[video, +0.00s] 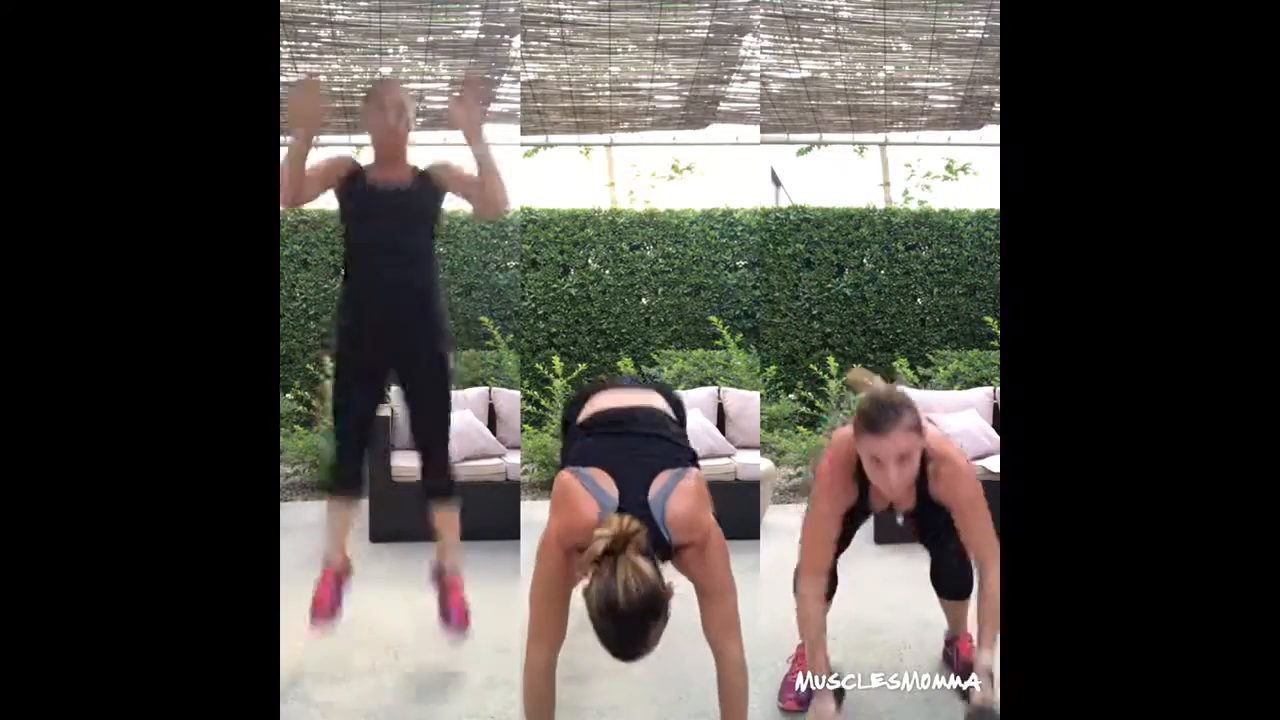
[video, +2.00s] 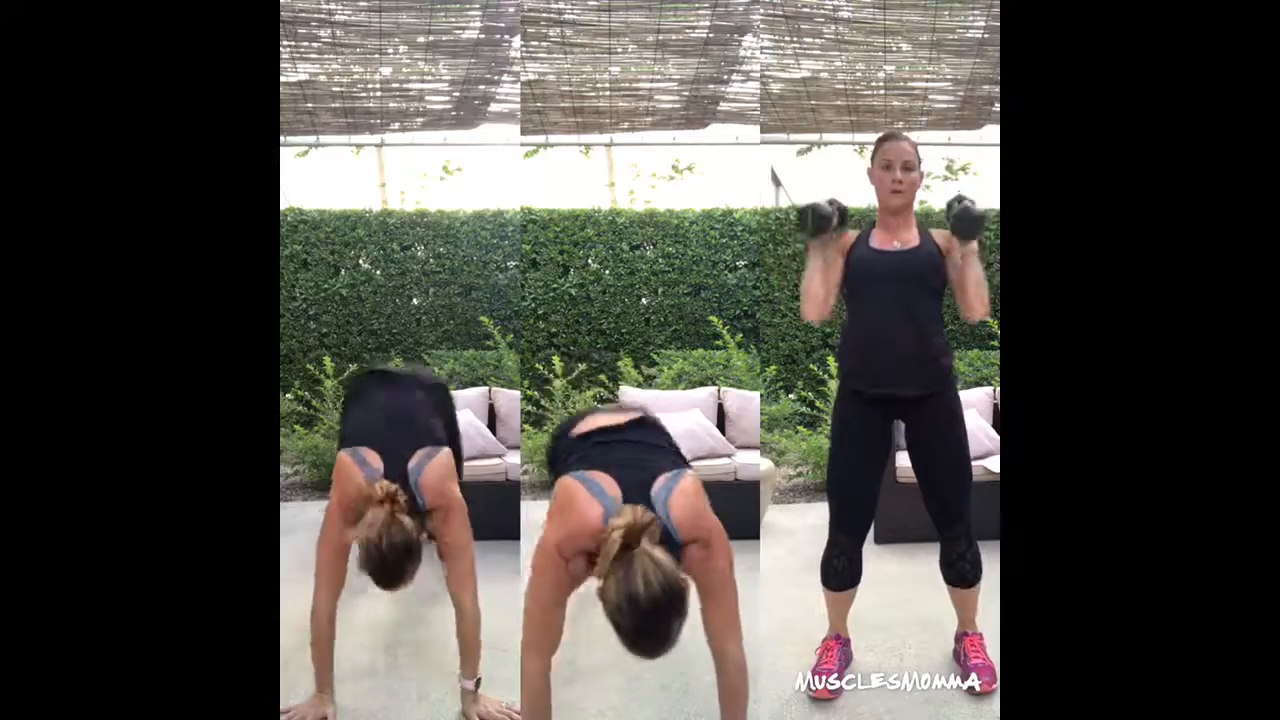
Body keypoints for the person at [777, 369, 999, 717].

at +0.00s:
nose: (891, 476)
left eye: (903, 459)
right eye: (877, 461)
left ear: (922, 444)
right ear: (860, 451)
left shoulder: (949, 464)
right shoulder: (840, 456)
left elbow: (991, 561)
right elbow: (813, 572)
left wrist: (986, 655)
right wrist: (821, 685)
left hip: (928, 492)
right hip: (855, 491)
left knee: (952, 561)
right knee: (813, 568)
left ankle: (956, 640)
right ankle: (809, 656)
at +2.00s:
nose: (898, 176)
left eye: (908, 167)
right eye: (887, 167)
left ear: (920, 177)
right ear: (871, 176)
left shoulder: (941, 241)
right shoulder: (847, 241)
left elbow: (976, 311)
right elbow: (813, 310)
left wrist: (969, 244)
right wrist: (820, 243)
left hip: (932, 395)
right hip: (861, 396)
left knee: (956, 526)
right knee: (845, 532)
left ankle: (969, 636)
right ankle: (837, 640)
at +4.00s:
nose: (910, 599)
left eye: (916, 592)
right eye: (897, 595)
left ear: (935, 534)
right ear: (867, 542)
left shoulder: (958, 484)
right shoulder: (842, 487)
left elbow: (985, 606)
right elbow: (821, 620)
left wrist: (986, 704)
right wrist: (832, 711)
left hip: (932, 378)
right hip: (857, 378)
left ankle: (939, 551)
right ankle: (852, 558)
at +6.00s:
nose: (899, 151)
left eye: (908, 144)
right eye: (888, 144)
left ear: (921, 157)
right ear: (868, 157)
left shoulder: (938, 215)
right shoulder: (848, 213)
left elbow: (963, 127)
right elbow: (821, 123)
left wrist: (949, 50)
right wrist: (824, 39)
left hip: (930, 391)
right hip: (856, 391)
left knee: (952, 530)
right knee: (838, 533)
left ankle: (968, 647)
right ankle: (826, 649)